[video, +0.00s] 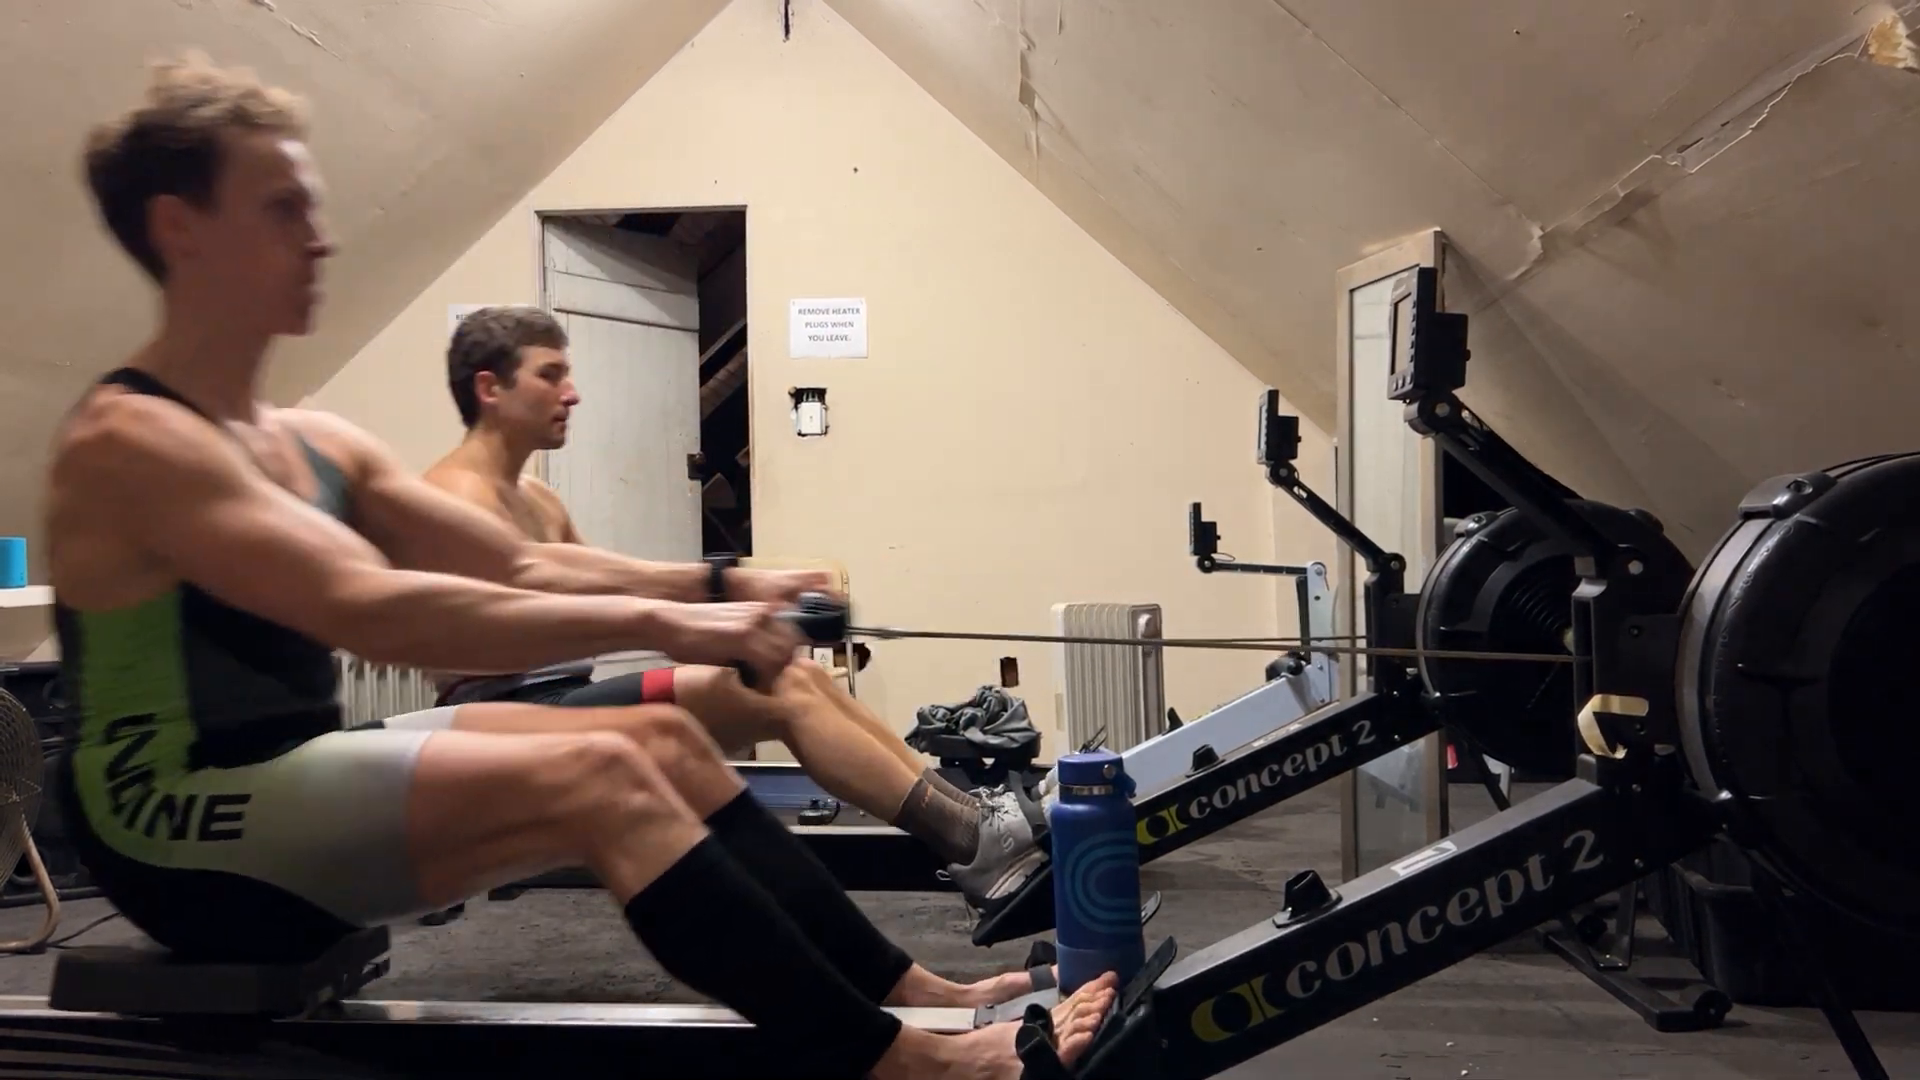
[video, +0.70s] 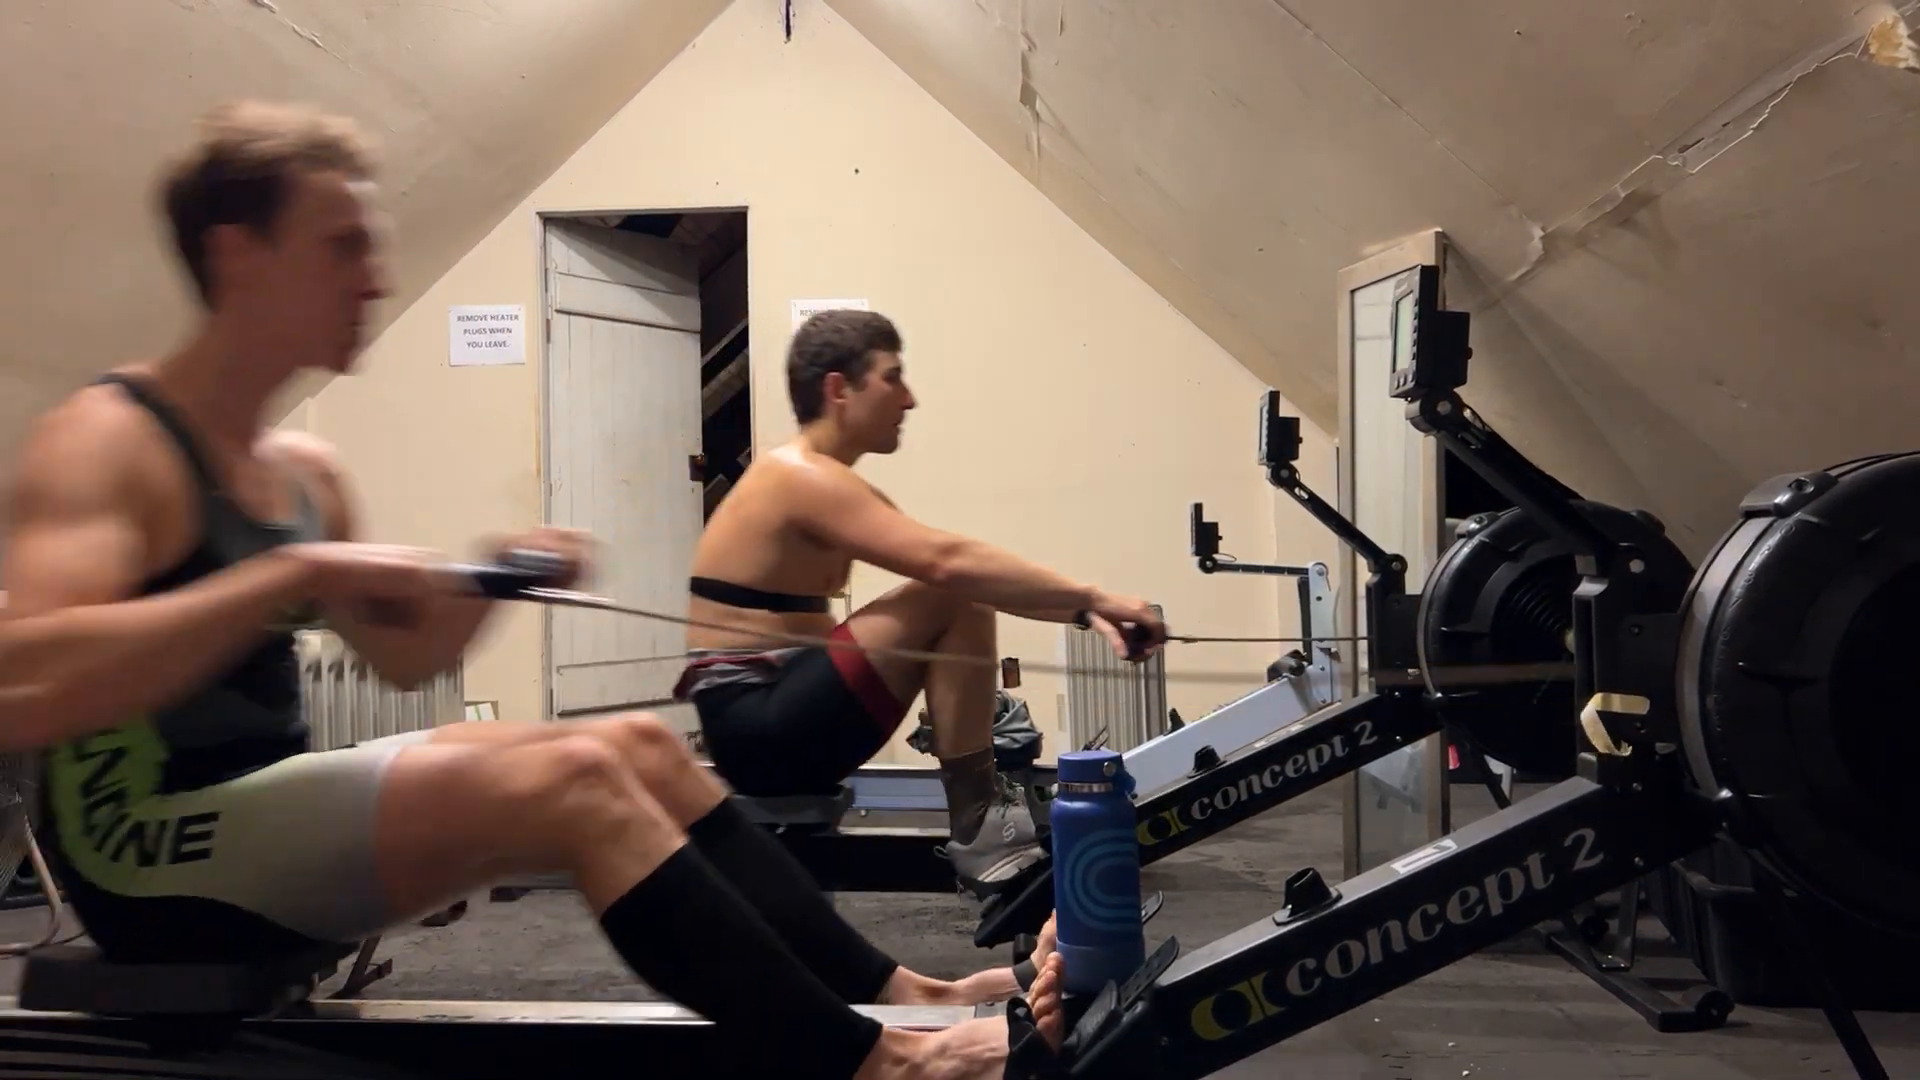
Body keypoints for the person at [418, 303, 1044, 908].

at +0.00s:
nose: (569, 393)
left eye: (566, 376)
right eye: (550, 377)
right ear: (488, 388)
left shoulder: (541, 504)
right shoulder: (456, 495)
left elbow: (619, 590)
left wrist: (746, 594)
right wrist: (719, 604)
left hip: (560, 690)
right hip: (505, 709)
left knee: (802, 671)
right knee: (781, 687)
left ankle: (978, 825)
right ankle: (972, 848)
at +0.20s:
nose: (659, 391)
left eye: (655, 374)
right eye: (641, 374)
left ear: (597, 387)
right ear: (581, 385)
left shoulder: (619, 498)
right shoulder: (539, 483)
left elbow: (712, 579)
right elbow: (622, 589)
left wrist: (810, 595)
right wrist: (785, 598)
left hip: (617, 706)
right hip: (572, 720)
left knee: (842, 650)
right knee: (827, 660)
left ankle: (975, 828)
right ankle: (968, 847)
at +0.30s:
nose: (711, 391)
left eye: (708, 374)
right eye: (691, 373)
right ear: (632, 383)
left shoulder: (663, 493)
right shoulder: (591, 479)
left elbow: (756, 567)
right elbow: (690, 582)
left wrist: (865, 599)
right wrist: (842, 598)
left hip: (645, 708)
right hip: (603, 718)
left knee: (862, 634)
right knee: (850, 645)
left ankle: (980, 836)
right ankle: (975, 849)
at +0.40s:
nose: (761, 393)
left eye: (754, 374)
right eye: (743, 374)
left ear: (689, 387)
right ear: (685, 385)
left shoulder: (710, 491)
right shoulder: (643, 479)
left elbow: (806, 568)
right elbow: (760, 577)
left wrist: (925, 605)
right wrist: (909, 598)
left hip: (680, 716)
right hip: (642, 725)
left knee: (889, 628)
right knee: (883, 635)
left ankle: (977, 826)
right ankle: (973, 845)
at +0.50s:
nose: (812, 391)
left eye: (805, 375)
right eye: (792, 375)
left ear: (745, 388)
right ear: (736, 387)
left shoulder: (752, 489)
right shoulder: (696, 479)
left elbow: (849, 563)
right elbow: (825, 573)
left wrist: (977, 604)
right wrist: (974, 598)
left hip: (714, 717)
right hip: (680, 730)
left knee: (909, 622)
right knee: (910, 630)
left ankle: (978, 831)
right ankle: (977, 846)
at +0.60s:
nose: (861, 395)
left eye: (854, 376)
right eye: (844, 376)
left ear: (792, 390)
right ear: (787, 388)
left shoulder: (793, 486)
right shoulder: (748, 477)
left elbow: (900, 569)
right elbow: (888, 568)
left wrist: (1031, 609)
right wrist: (1035, 600)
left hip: (751, 718)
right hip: (721, 728)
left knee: (938, 616)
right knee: (924, 620)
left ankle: (981, 824)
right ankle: (976, 836)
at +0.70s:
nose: (909, 396)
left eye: (903, 377)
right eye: (892, 377)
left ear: (839, 394)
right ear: (837, 390)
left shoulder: (814, 477)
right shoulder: (803, 478)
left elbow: (952, 566)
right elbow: (947, 563)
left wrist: (1083, 609)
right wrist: (1091, 598)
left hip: (769, 723)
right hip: (759, 732)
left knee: (956, 601)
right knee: (955, 602)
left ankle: (979, 825)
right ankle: (977, 833)